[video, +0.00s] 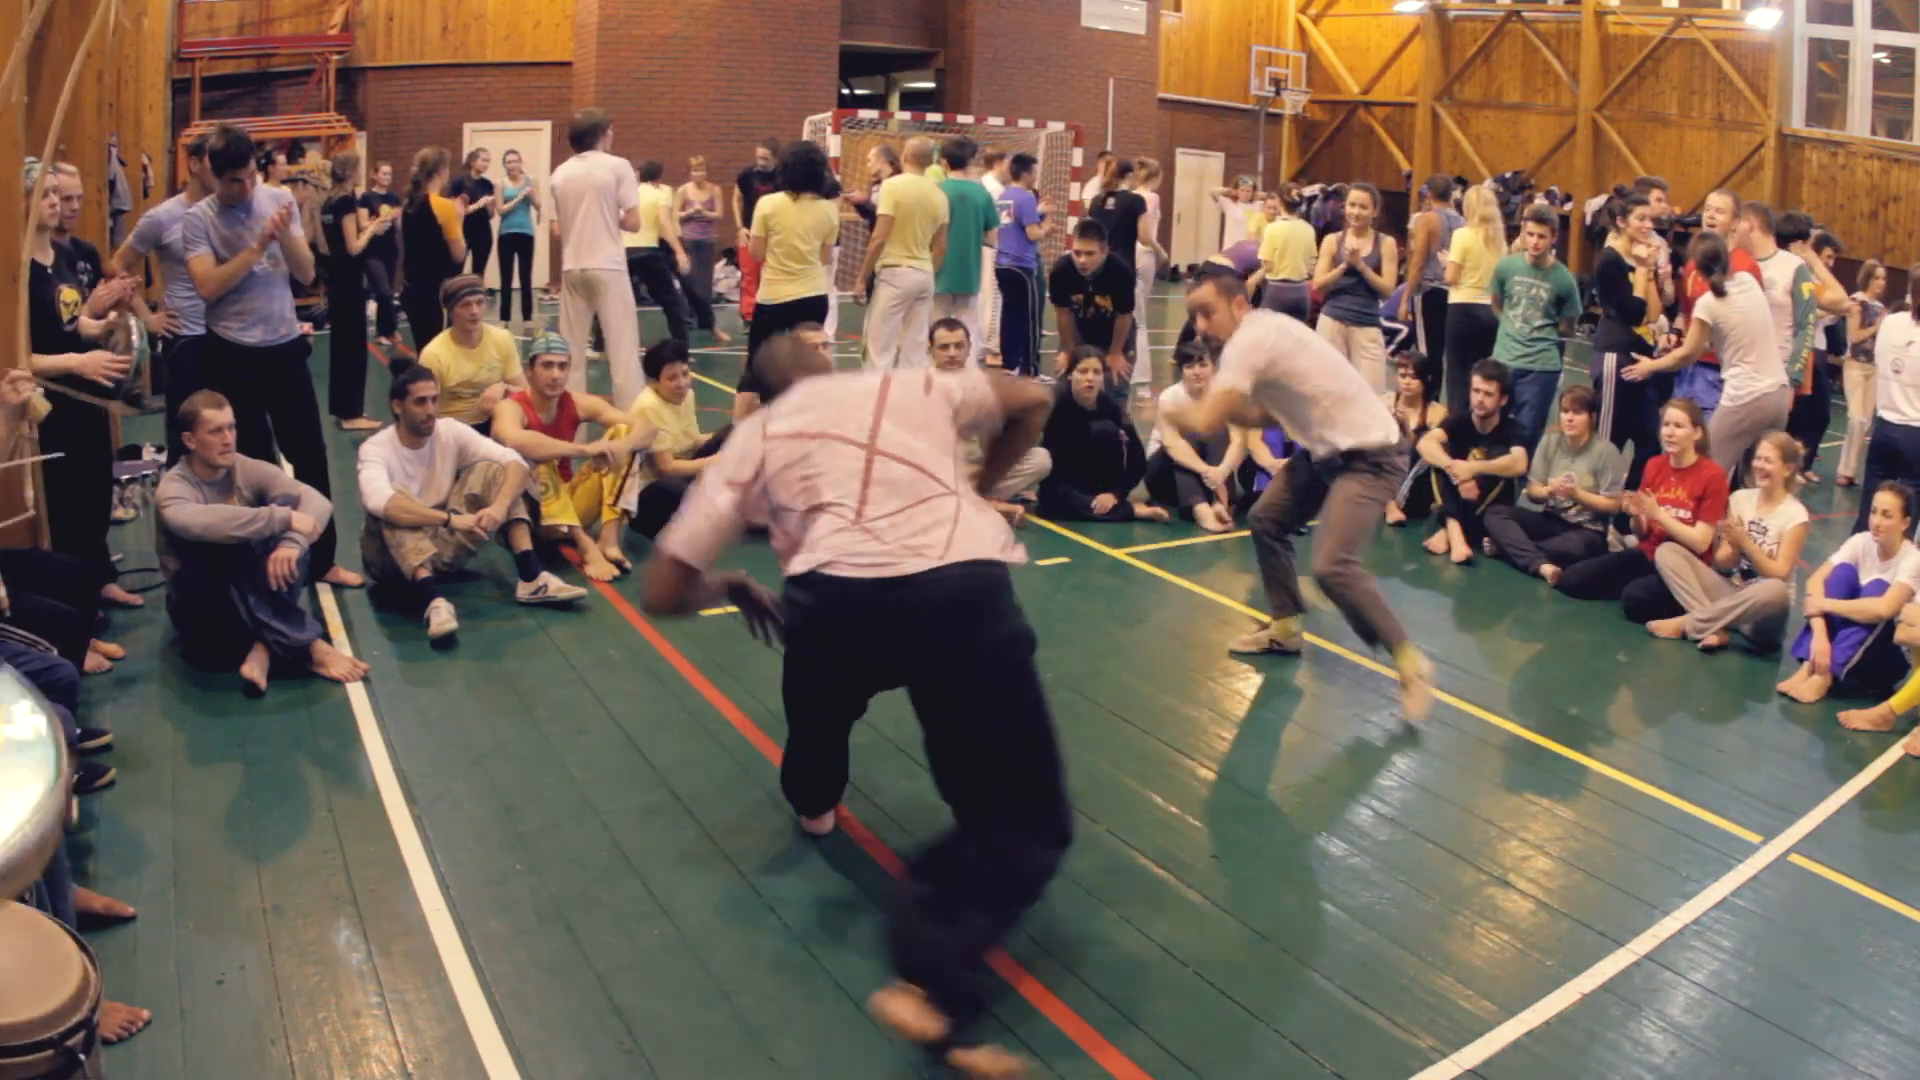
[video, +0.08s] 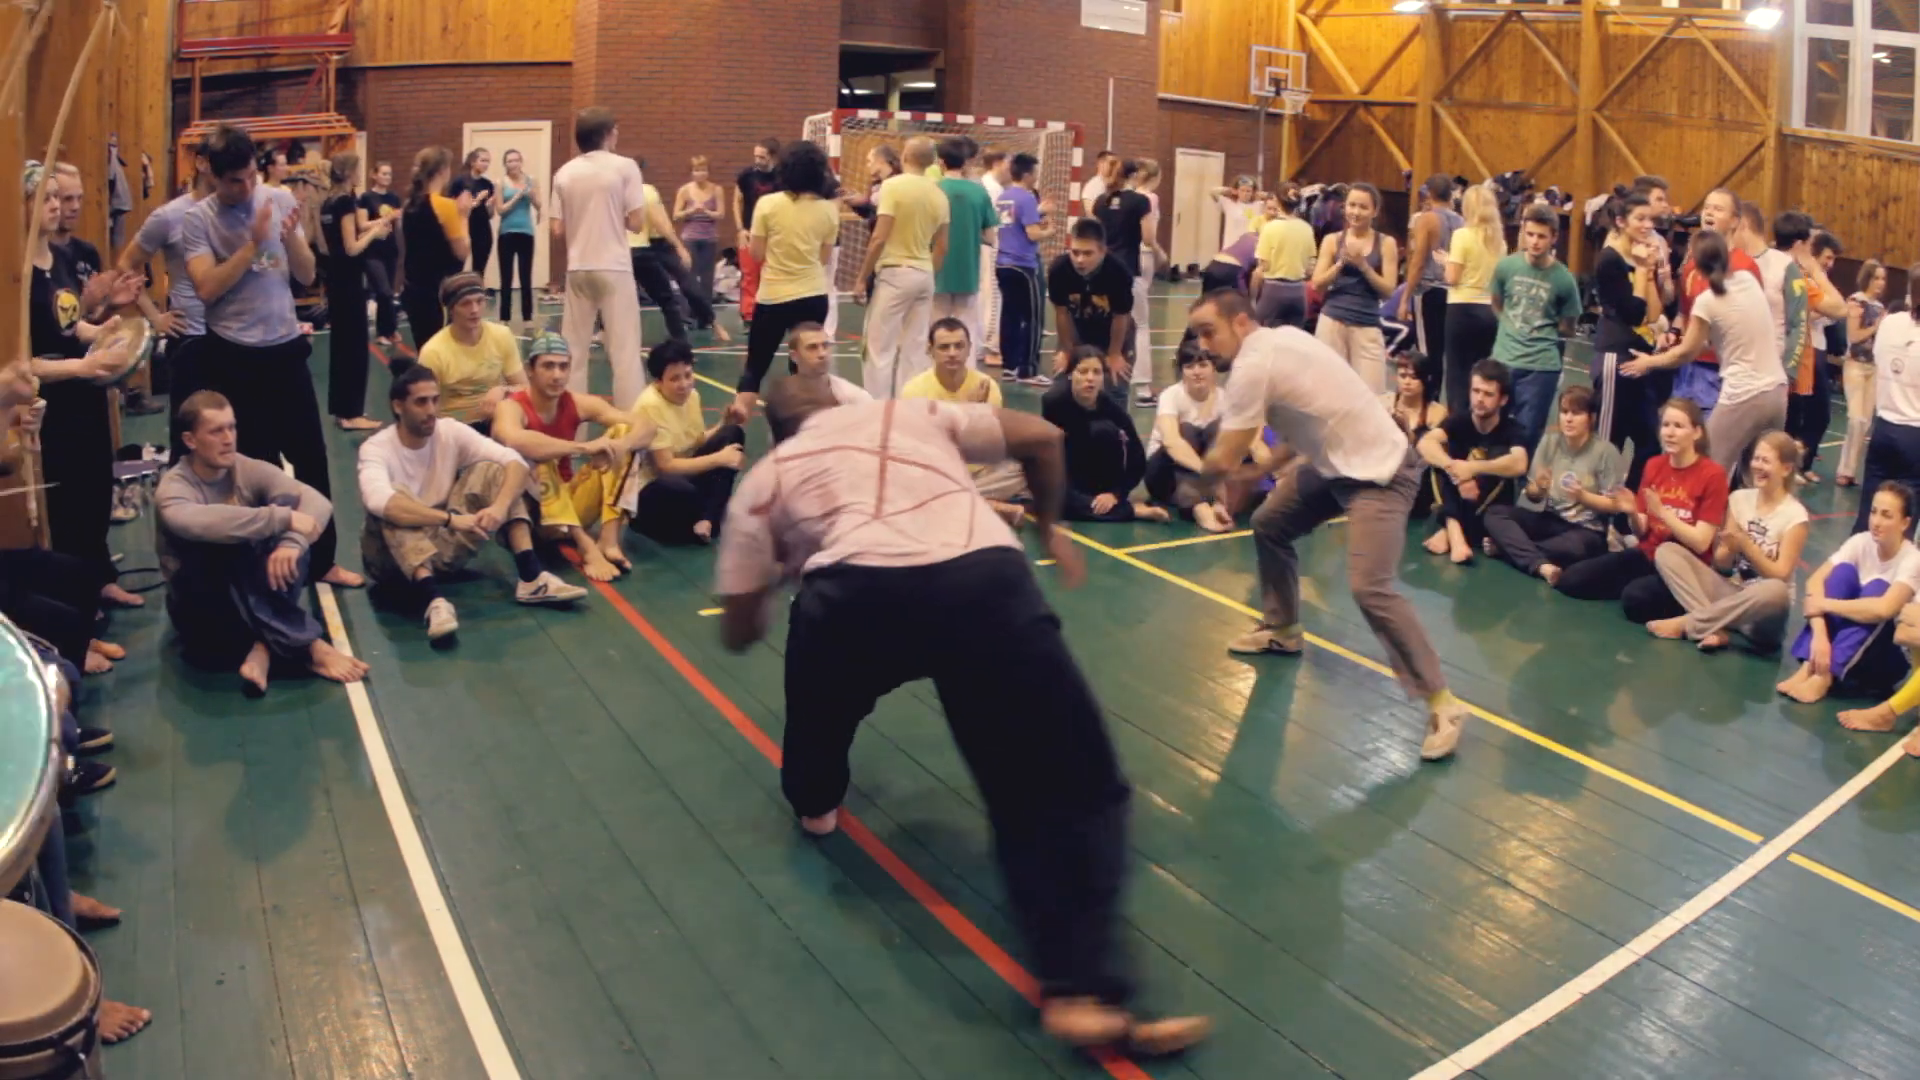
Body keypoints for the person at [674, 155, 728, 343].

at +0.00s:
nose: (698, 174)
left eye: (700, 170)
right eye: (694, 170)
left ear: (706, 171)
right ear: (690, 172)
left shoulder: (714, 189)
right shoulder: (683, 190)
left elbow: (719, 214)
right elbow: (676, 215)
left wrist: (703, 212)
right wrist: (692, 212)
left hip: (707, 238)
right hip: (688, 238)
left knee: (705, 278)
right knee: (689, 276)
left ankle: (705, 313)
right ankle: (690, 312)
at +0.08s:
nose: (700, 174)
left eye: (703, 170)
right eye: (697, 171)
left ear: (708, 171)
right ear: (692, 172)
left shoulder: (716, 190)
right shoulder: (684, 190)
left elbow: (720, 214)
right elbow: (676, 215)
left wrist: (705, 211)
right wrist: (692, 210)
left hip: (709, 237)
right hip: (689, 236)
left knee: (707, 276)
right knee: (689, 275)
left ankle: (705, 311)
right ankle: (690, 311)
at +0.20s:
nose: (702, 173)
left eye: (705, 170)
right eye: (698, 170)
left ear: (710, 171)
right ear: (694, 171)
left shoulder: (718, 189)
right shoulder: (686, 190)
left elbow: (722, 214)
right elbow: (679, 214)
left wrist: (708, 208)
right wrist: (692, 207)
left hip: (711, 237)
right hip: (691, 237)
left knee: (708, 280)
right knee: (689, 280)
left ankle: (706, 316)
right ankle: (687, 317)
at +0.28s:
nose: (702, 173)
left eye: (705, 169)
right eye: (699, 169)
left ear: (711, 171)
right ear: (694, 171)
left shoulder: (719, 189)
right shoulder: (687, 189)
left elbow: (722, 214)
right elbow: (681, 214)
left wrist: (708, 208)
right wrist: (695, 206)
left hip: (711, 236)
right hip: (692, 236)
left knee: (709, 280)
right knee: (690, 279)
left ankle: (706, 317)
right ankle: (688, 317)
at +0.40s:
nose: (702, 173)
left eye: (705, 169)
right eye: (699, 169)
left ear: (711, 171)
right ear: (695, 171)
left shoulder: (719, 190)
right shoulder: (687, 190)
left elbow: (723, 214)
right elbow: (681, 214)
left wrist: (707, 209)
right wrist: (694, 208)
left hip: (711, 236)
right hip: (692, 236)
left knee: (709, 281)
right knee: (691, 281)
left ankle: (706, 317)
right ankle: (689, 317)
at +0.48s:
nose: (702, 173)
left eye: (705, 169)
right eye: (698, 169)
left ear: (711, 171)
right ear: (695, 171)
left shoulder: (719, 190)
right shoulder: (688, 190)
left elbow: (723, 214)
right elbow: (681, 214)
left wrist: (706, 209)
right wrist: (694, 209)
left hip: (711, 237)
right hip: (692, 236)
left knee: (708, 281)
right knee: (691, 280)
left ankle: (705, 317)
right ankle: (690, 317)